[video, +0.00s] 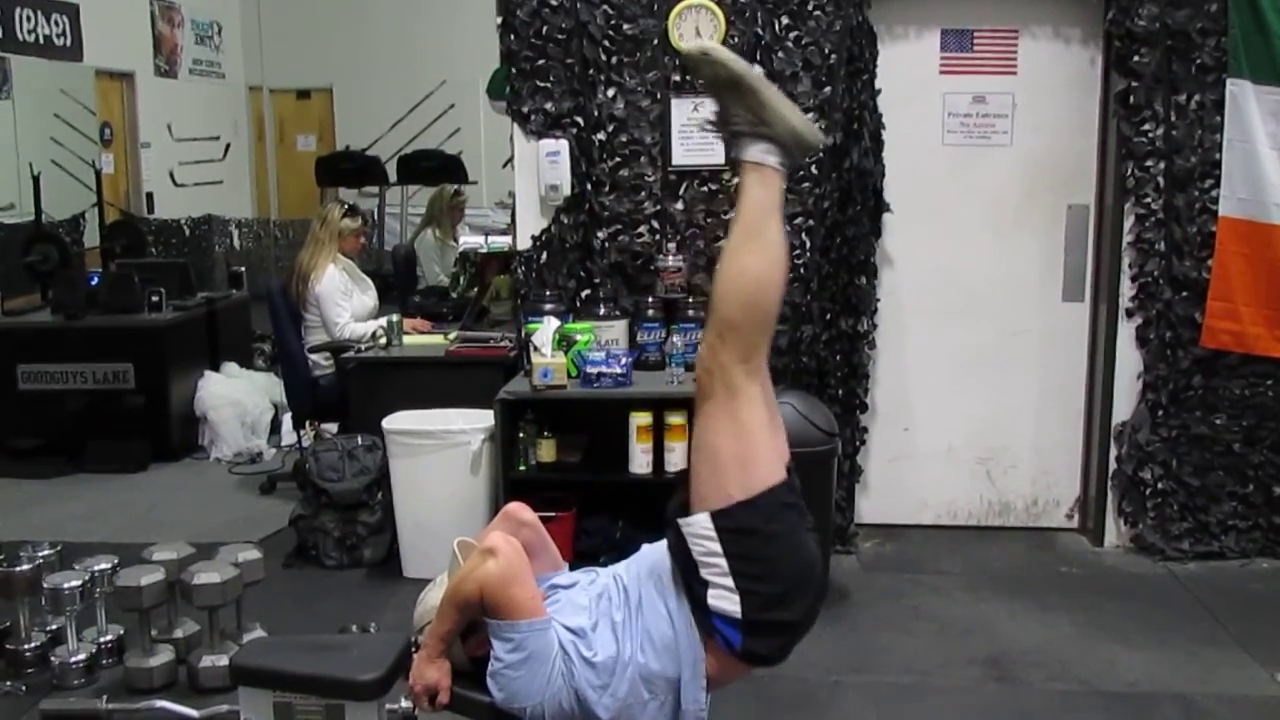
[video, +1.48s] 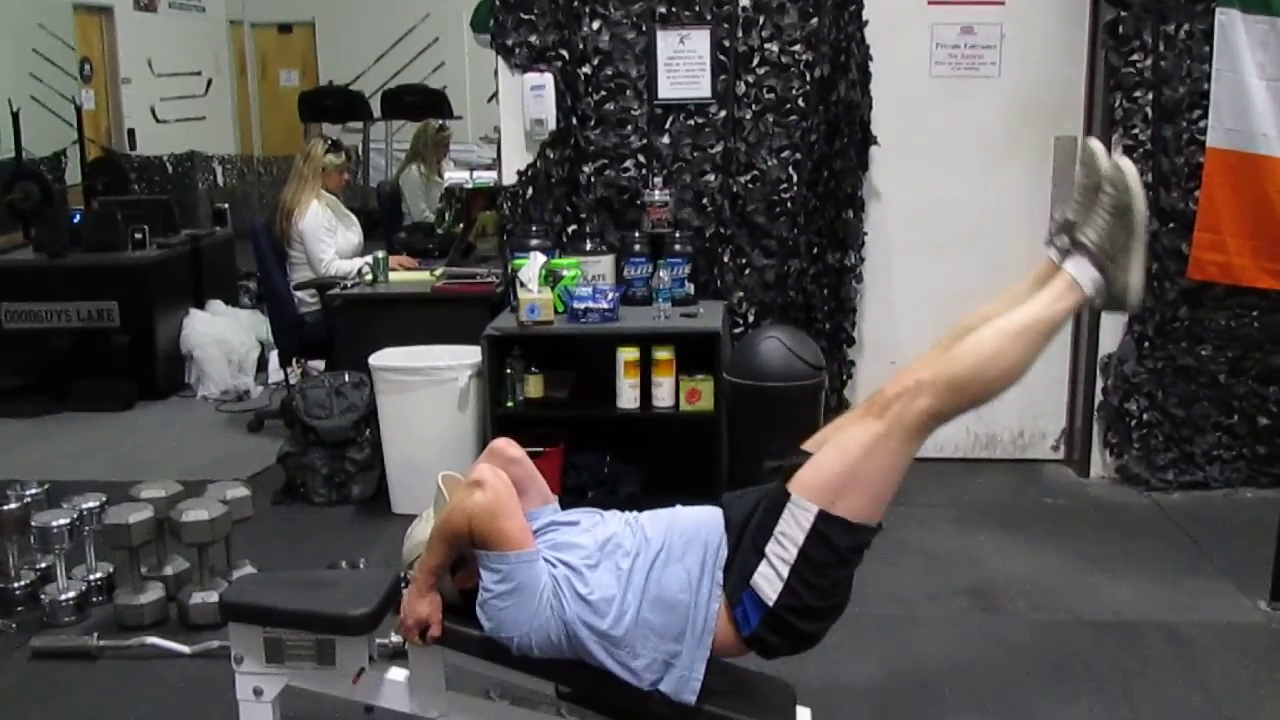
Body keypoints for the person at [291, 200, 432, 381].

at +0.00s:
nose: (363, 242)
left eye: (363, 236)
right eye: (357, 236)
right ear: (337, 237)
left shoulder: (340, 267)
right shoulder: (328, 274)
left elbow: (350, 324)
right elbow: (340, 331)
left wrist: (396, 323)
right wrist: (395, 324)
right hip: (333, 372)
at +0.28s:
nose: (363, 239)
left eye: (364, 233)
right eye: (357, 233)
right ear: (336, 233)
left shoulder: (340, 265)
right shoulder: (328, 271)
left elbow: (350, 322)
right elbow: (340, 328)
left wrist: (395, 321)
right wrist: (394, 323)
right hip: (332, 368)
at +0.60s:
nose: (358, 234)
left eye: (358, 228)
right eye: (352, 228)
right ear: (332, 228)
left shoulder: (336, 260)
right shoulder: (323, 266)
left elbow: (347, 317)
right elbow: (336, 324)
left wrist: (392, 315)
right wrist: (391, 318)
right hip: (329, 363)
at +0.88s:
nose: (352, 225)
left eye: (353, 219)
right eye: (347, 219)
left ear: (331, 219)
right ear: (328, 218)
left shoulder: (328, 250)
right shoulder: (317, 256)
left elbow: (340, 307)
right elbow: (332, 315)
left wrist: (386, 307)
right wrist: (385, 308)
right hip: (324, 357)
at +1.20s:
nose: (348, 188)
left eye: (349, 181)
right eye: (342, 181)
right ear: (323, 182)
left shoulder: (326, 213)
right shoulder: (313, 219)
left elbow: (337, 271)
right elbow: (328, 277)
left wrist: (382, 269)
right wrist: (383, 271)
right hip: (320, 318)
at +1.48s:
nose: (346, 178)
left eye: (347, 171)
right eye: (341, 172)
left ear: (325, 173)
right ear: (321, 172)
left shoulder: (323, 203)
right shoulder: (312, 209)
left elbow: (335, 261)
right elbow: (327, 268)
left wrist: (382, 260)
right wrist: (381, 261)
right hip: (319, 311)